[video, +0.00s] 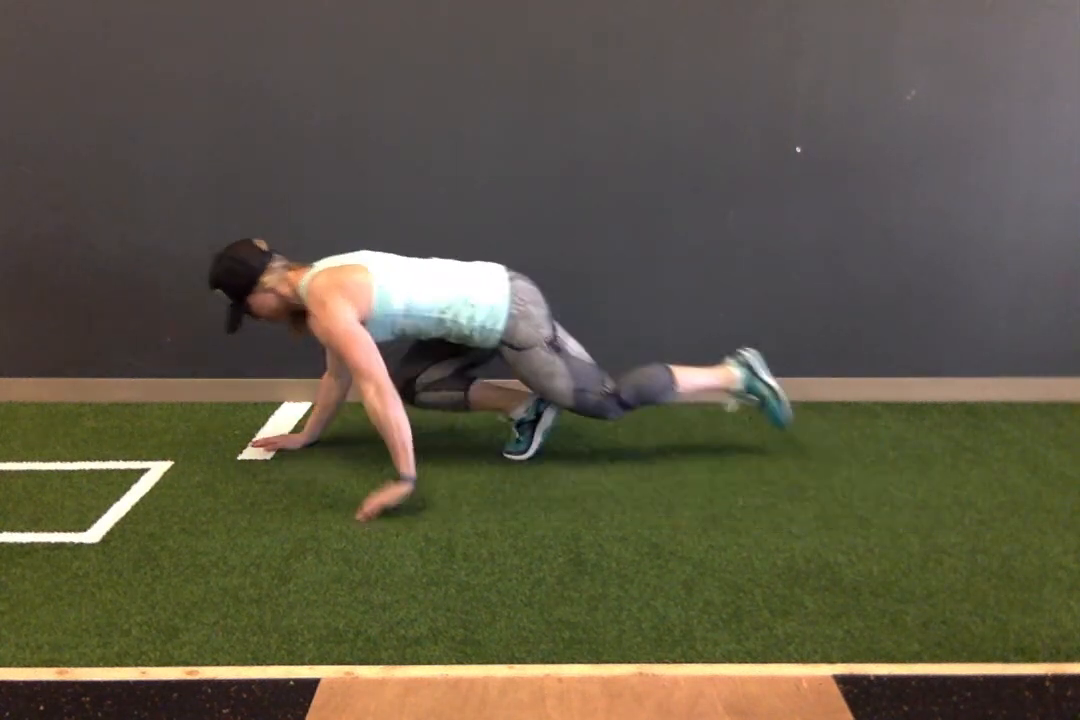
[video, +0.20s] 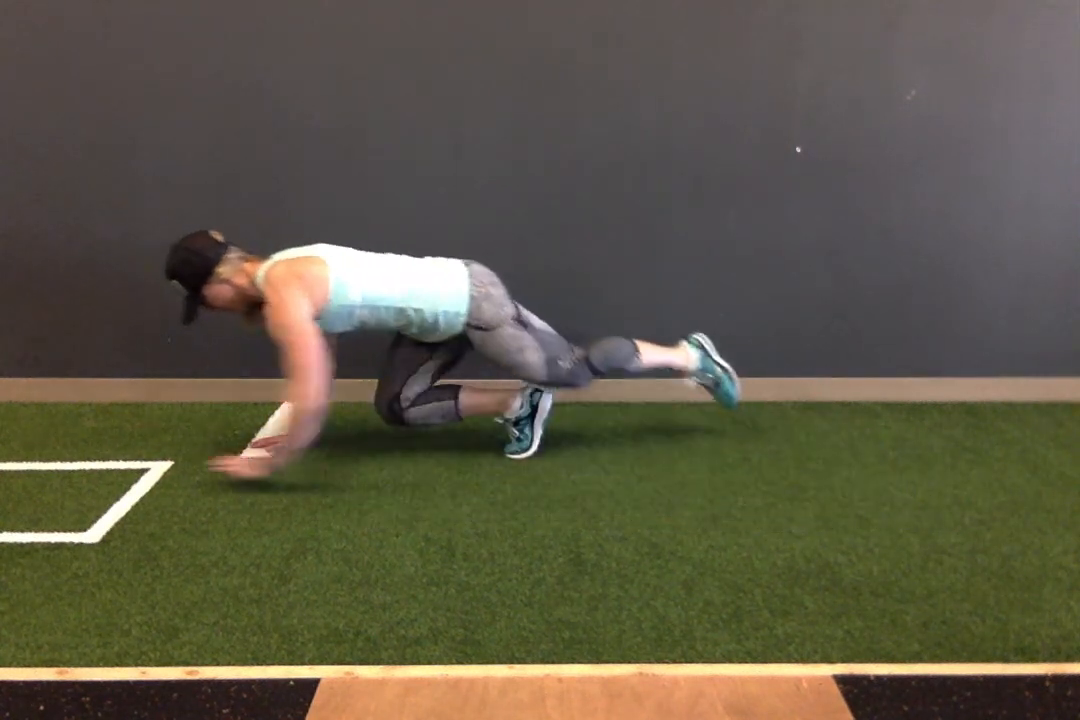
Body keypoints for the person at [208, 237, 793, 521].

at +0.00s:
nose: (254, 316)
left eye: (248, 307)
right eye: (247, 309)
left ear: (258, 291)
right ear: (272, 267)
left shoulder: (328, 308)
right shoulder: (323, 279)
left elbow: (375, 390)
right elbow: (346, 367)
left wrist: (405, 477)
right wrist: (307, 431)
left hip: (511, 310)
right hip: (477, 310)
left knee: (599, 398)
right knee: (401, 381)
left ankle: (735, 377)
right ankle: (526, 405)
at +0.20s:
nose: (211, 309)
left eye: (205, 297)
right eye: (203, 301)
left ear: (221, 276)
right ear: (226, 269)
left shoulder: (285, 292)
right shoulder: (279, 278)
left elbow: (310, 396)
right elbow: (305, 379)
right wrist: (274, 438)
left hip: (467, 299)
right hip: (423, 320)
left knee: (566, 369)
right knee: (398, 404)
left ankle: (691, 358)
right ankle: (525, 399)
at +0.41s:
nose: (178, 305)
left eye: (170, 293)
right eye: (171, 298)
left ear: (182, 271)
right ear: (189, 262)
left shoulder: (237, 287)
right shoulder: (254, 274)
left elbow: (190, 389)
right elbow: (293, 349)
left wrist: (131, 464)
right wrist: (301, 422)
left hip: (431, 289)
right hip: (401, 314)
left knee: (537, 342)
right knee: (393, 410)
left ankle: (659, 330)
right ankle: (517, 403)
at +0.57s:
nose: (144, 308)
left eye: (135, 299)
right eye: (137, 301)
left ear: (142, 281)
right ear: (157, 260)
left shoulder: (198, 297)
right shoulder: (214, 272)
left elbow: (160, 400)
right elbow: (270, 346)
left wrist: (123, 479)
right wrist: (299, 421)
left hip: (395, 289)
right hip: (376, 305)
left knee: (504, 333)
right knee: (389, 409)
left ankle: (631, 321)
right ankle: (516, 403)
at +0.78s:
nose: (93, 310)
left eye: (84, 302)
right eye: (84, 305)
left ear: (91, 280)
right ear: (108, 258)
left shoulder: (147, 295)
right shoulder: (175, 263)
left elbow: (136, 399)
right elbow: (256, 338)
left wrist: (122, 480)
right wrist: (276, 414)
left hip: (348, 295)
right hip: (342, 289)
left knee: (467, 341)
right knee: (392, 402)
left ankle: (589, 348)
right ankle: (521, 403)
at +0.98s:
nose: (57, 306)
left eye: (48, 298)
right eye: (48, 299)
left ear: (52, 280)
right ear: (68, 252)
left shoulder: (110, 296)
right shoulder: (135, 262)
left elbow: (122, 395)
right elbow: (163, 356)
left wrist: (120, 481)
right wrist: (120, 415)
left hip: (307, 301)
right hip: (311, 268)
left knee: (410, 370)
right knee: (406, 366)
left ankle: (535, 392)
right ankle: (553, 360)